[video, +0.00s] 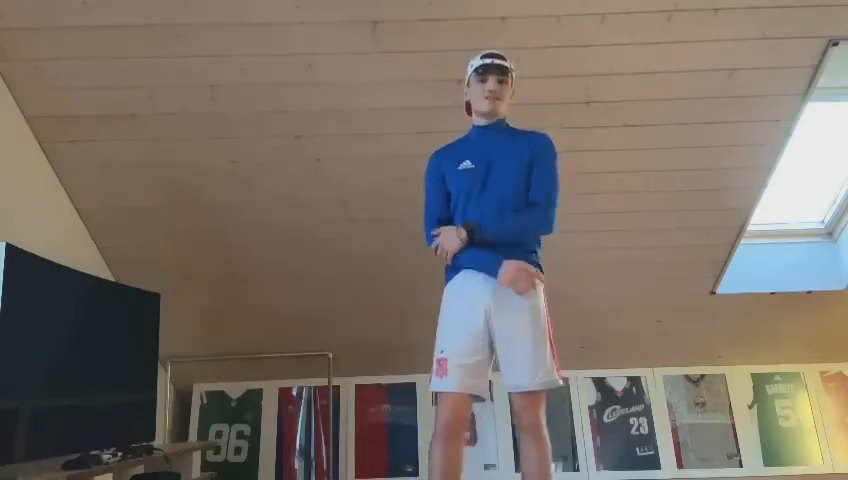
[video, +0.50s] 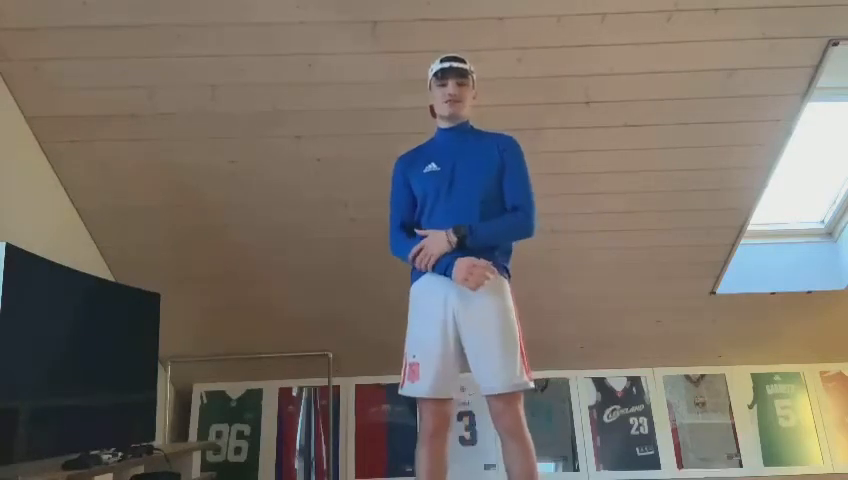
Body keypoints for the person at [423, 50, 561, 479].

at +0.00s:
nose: (492, 88)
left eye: (501, 82)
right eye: (482, 81)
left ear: (510, 92)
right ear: (467, 92)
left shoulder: (537, 145)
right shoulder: (443, 158)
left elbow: (543, 219)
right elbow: (437, 234)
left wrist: (469, 231)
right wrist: (498, 263)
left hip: (521, 284)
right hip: (465, 284)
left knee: (529, 413)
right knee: (451, 414)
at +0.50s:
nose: (452, 90)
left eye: (460, 83)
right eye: (442, 83)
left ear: (473, 93)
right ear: (430, 96)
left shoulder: (503, 147)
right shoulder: (410, 162)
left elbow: (523, 220)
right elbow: (400, 238)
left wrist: (456, 235)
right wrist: (450, 264)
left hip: (487, 287)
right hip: (429, 293)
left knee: (508, 414)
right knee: (432, 420)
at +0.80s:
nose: (427, 94)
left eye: (435, 87)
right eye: (417, 88)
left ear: (447, 97)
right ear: (404, 102)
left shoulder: (477, 152)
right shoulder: (383, 166)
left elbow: (503, 226)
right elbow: (368, 244)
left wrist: (458, 242)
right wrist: (399, 277)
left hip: (465, 290)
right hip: (408, 297)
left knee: (507, 408)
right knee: (418, 417)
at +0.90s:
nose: (421, 95)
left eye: (428, 87)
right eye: (410, 89)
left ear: (440, 96)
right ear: (397, 103)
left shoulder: (471, 151)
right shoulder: (378, 166)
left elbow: (497, 223)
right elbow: (363, 242)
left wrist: (478, 249)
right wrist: (373, 290)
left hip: (463, 292)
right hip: (405, 296)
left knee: (504, 408)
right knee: (417, 419)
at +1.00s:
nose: (415, 96)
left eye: (422, 87)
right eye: (405, 89)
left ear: (433, 95)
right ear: (390, 103)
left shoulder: (466, 152)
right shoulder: (375, 167)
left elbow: (493, 217)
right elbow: (356, 243)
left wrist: (508, 262)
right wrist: (343, 300)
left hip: (461, 294)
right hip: (404, 298)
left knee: (489, 416)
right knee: (415, 419)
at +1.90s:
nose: (403, 96)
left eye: (411, 87)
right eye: (393, 89)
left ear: (425, 95)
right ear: (382, 103)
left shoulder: (459, 150)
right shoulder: (366, 167)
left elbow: (479, 221)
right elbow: (354, 243)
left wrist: (465, 276)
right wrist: (363, 305)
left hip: (454, 290)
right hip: (399, 295)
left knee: (484, 414)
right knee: (413, 418)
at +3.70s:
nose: (408, 96)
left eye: (416, 88)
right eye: (398, 89)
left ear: (428, 97)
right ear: (384, 103)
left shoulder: (459, 151)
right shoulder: (367, 167)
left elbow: (483, 224)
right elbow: (355, 246)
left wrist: (512, 290)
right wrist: (342, 319)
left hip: (452, 293)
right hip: (396, 298)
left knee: (484, 417)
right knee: (413, 420)